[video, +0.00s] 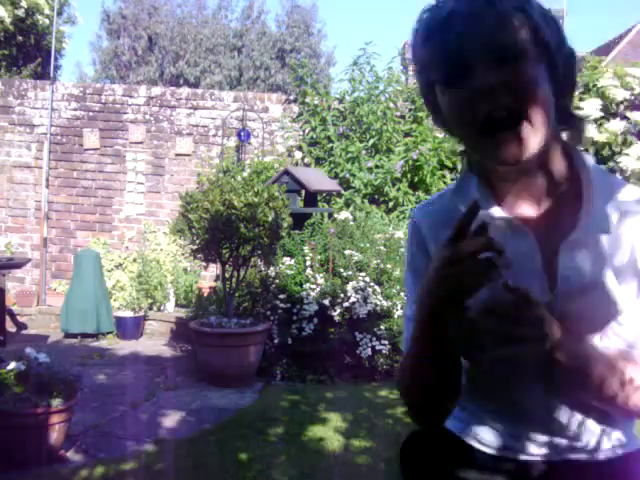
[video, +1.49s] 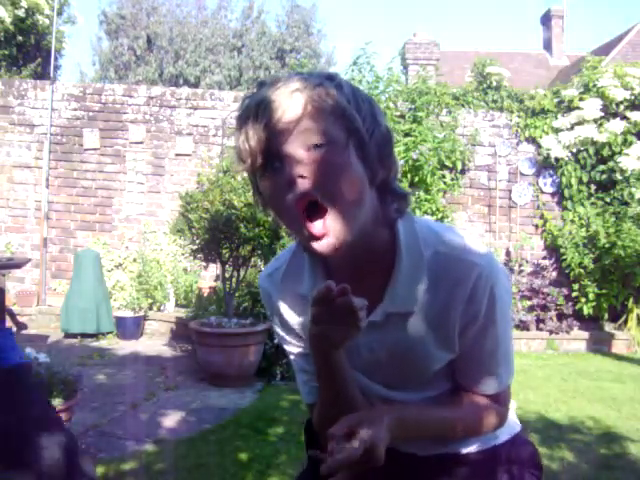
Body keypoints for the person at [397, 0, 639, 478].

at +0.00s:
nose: (489, 87)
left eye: (508, 58)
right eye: (457, 75)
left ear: (557, 73)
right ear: (435, 108)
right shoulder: (434, 226)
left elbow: (637, 399)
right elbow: (424, 408)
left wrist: (557, 346)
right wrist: (438, 300)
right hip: (481, 455)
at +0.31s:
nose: (311, 181)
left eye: (332, 150)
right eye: (285, 171)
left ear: (385, 155)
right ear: (270, 201)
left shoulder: (487, 267)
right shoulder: (293, 292)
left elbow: (499, 398)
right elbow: (347, 439)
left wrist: (425, 420)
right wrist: (353, 384)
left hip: (481, 451)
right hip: (367, 455)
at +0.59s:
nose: (300, 178)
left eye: (319, 150)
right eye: (271, 168)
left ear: (376, 161)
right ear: (259, 201)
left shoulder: (475, 274)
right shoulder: (282, 290)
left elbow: (489, 405)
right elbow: (335, 442)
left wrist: (406, 422)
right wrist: (333, 367)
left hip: (472, 455)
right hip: (357, 457)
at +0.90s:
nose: (297, 175)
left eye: (317, 146)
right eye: (272, 164)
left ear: (378, 158)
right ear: (262, 196)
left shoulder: (474, 273)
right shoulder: (282, 288)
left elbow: (488, 405)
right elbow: (338, 444)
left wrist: (406, 421)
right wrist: (333, 357)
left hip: (471, 455)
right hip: (358, 460)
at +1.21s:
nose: (297, 175)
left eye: (317, 146)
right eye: (273, 165)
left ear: (379, 161)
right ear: (264, 200)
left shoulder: (471, 275)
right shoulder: (282, 287)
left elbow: (485, 406)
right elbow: (336, 439)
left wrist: (400, 418)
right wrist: (333, 348)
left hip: (468, 455)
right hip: (355, 457)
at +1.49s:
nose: (295, 175)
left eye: (317, 146)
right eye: (272, 164)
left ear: (374, 158)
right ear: (262, 194)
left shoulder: (471, 275)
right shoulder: (283, 285)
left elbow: (489, 409)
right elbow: (337, 435)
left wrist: (389, 421)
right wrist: (327, 351)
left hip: (475, 458)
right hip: (367, 459)